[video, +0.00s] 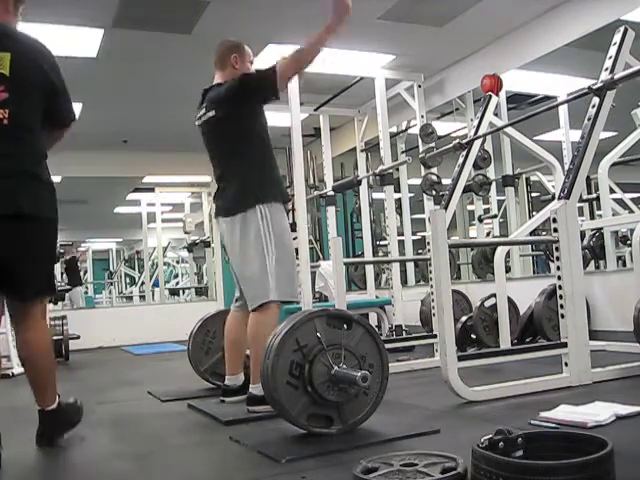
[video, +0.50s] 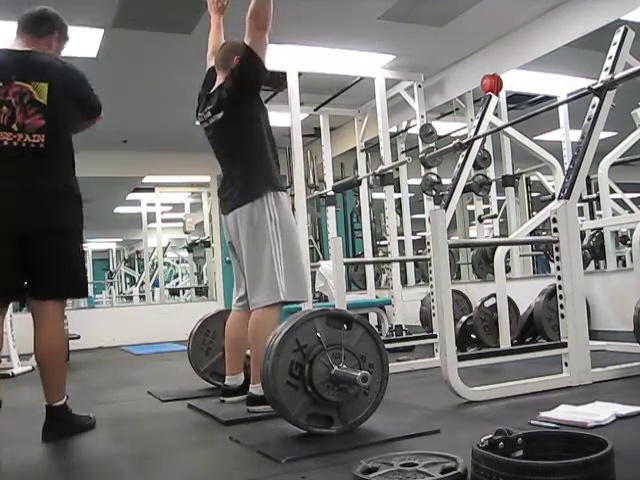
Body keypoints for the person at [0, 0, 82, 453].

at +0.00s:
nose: (18, 12)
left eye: (14, 8)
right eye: (18, 7)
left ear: (4, 8)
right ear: (12, 7)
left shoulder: (32, 52)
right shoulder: (31, 51)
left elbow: (58, 120)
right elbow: (61, 121)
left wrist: (25, 154)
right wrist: (25, 154)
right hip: (22, 199)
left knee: (29, 311)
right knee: (29, 310)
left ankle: (50, 412)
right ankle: (50, 414)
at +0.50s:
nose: (62, 52)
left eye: (63, 47)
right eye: (64, 45)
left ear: (20, 34)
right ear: (55, 39)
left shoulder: (0, 64)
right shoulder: (64, 74)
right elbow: (90, 114)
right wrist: (49, 124)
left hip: (0, 212)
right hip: (49, 212)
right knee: (48, 310)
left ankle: (58, 411)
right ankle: (57, 413)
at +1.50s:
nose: (7, 62)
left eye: (6, 58)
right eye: (5, 57)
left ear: (7, 56)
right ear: (1, 53)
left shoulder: (9, 92)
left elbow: (20, 102)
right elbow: (21, 102)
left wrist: (25, 133)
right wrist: (26, 134)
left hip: (3, 222)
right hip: (1, 224)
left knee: (4, 300)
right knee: (3, 299)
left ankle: (3, 412)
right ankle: (2, 414)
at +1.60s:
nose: (5, 46)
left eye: (5, 42)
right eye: (2, 41)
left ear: (4, 47)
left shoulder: (2, 107)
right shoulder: (1, 107)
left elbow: (6, 118)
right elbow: (7, 119)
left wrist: (23, 145)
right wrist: (24, 147)